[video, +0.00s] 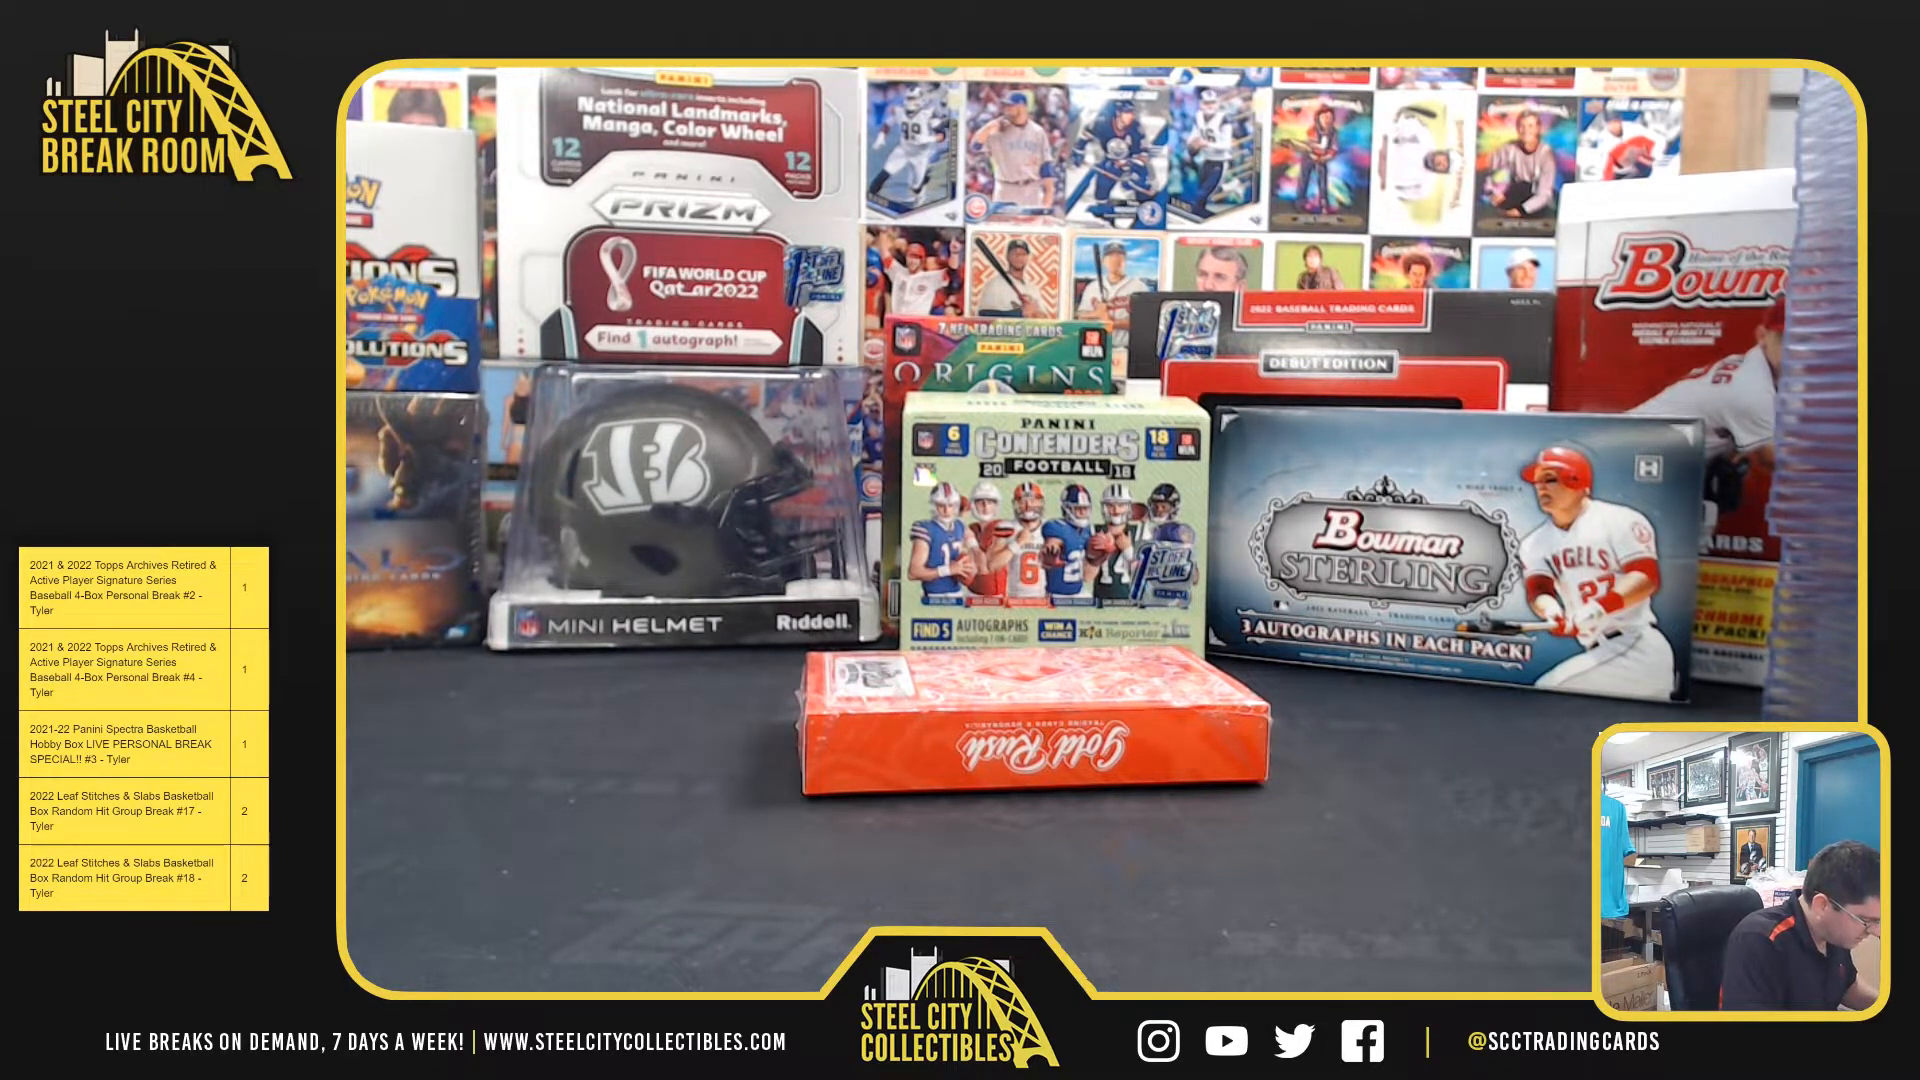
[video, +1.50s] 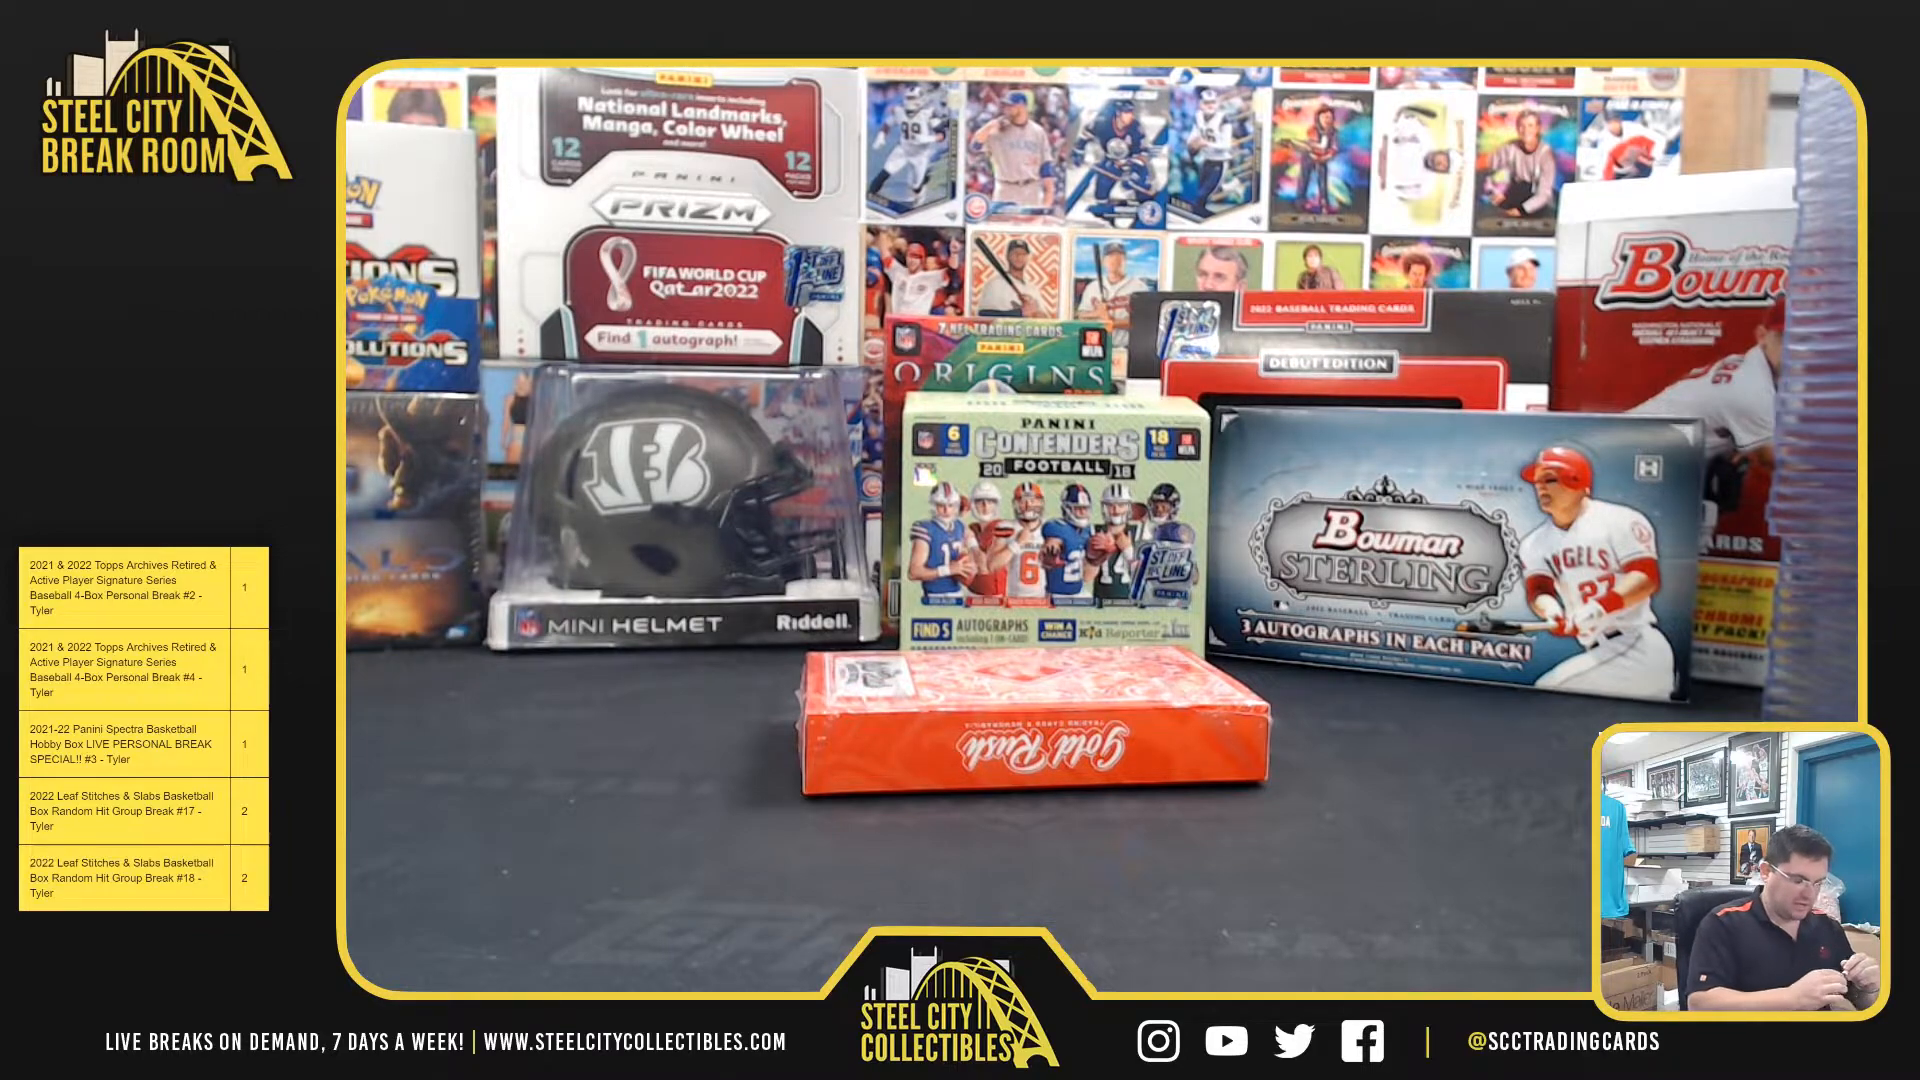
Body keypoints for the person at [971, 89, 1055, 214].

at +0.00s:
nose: (1006, 110)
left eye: (1010, 106)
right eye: (1006, 106)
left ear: (1022, 107)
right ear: (1004, 107)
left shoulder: (1038, 132)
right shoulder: (997, 129)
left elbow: (1046, 167)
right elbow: (975, 147)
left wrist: (1048, 200)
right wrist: (990, 127)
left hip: (1031, 186)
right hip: (1004, 186)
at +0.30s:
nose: (1006, 110)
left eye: (1010, 106)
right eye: (1006, 106)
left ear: (1022, 107)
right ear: (1004, 107)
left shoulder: (1038, 132)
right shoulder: (997, 129)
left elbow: (1046, 167)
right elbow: (975, 147)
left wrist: (1048, 200)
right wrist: (990, 127)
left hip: (1031, 186)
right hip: (1004, 186)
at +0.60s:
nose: (1006, 110)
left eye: (1010, 106)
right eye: (1006, 106)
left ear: (1022, 107)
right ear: (1004, 107)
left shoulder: (1038, 132)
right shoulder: (997, 129)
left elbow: (1046, 166)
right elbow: (974, 148)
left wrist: (1048, 198)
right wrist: (990, 127)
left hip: (1031, 186)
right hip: (1005, 186)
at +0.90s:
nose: (1006, 110)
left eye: (1010, 106)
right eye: (1006, 106)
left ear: (1022, 107)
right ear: (1004, 107)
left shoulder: (1038, 132)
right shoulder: (996, 129)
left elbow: (1046, 166)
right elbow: (974, 147)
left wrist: (1048, 198)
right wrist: (991, 127)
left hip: (1032, 186)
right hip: (1005, 186)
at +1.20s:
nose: (1006, 110)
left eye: (1010, 106)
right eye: (1005, 106)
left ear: (1022, 107)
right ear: (1004, 107)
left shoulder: (1038, 132)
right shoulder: (996, 129)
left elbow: (1046, 166)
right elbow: (974, 148)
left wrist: (1048, 198)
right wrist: (991, 127)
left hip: (1032, 186)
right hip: (1005, 186)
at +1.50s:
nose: (1006, 110)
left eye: (1010, 106)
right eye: (1005, 106)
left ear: (1022, 107)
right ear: (1004, 107)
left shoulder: (1038, 132)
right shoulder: (996, 129)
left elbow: (1046, 166)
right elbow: (974, 148)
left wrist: (1048, 198)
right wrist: (991, 127)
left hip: (1032, 186)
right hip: (1005, 186)